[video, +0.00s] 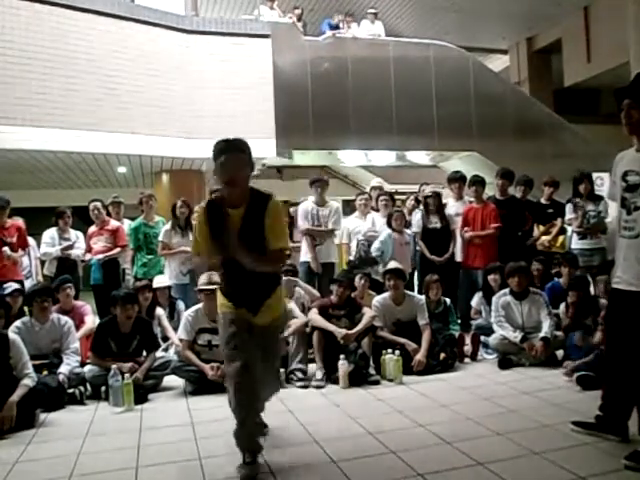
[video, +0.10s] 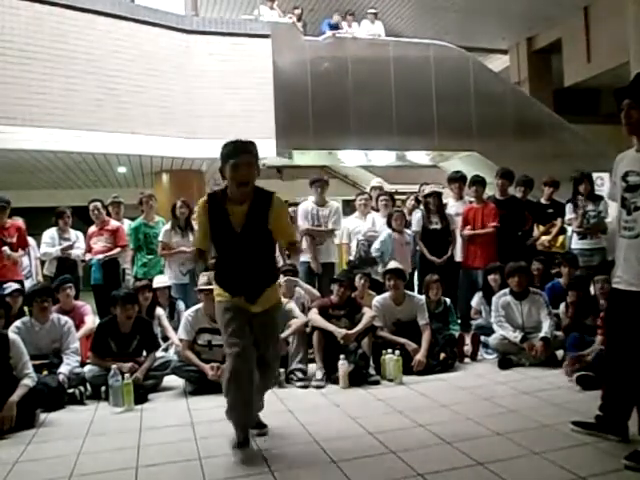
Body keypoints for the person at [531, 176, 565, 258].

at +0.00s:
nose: (551, 191)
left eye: (553, 188)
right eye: (549, 187)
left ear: (555, 190)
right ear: (543, 187)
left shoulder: (560, 206)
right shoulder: (535, 205)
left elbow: (559, 223)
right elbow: (534, 224)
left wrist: (549, 238)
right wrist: (540, 239)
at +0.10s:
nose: (551, 191)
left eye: (553, 188)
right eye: (549, 187)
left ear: (555, 190)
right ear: (543, 187)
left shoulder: (560, 205)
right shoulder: (535, 205)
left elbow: (559, 223)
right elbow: (534, 225)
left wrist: (549, 238)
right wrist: (540, 239)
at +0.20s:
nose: (551, 191)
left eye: (554, 188)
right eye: (549, 187)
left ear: (555, 190)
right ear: (543, 187)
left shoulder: (559, 205)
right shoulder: (535, 205)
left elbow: (559, 223)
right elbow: (534, 225)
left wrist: (549, 238)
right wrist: (540, 239)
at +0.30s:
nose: (551, 191)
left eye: (554, 189)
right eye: (549, 187)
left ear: (555, 191)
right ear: (543, 187)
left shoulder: (559, 205)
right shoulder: (535, 205)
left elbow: (559, 223)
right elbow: (534, 225)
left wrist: (550, 238)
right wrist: (541, 239)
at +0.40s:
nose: (551, 191)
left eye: (554, 188)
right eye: (549, 187)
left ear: (556, 190)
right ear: (543, 187)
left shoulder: (560, 206)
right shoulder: (535, 205)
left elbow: (559, 223)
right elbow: (534, 224)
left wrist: (550, 238)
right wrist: (540, 239)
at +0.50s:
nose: (551, 191)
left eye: (553, 188)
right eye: (549, 187)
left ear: (556, 190)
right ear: (543, 187)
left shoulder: (560, 205)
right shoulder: (535, 205)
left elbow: (559, 223)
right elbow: (535, 224)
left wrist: (550, 238)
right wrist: (540, 238)